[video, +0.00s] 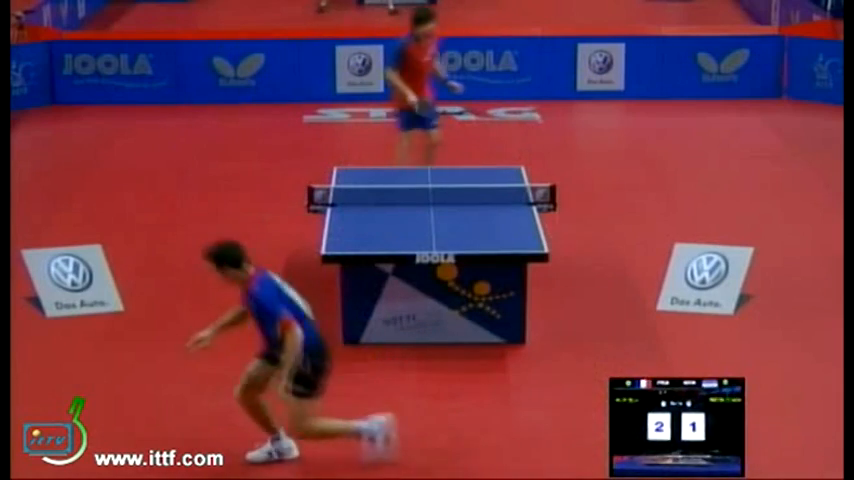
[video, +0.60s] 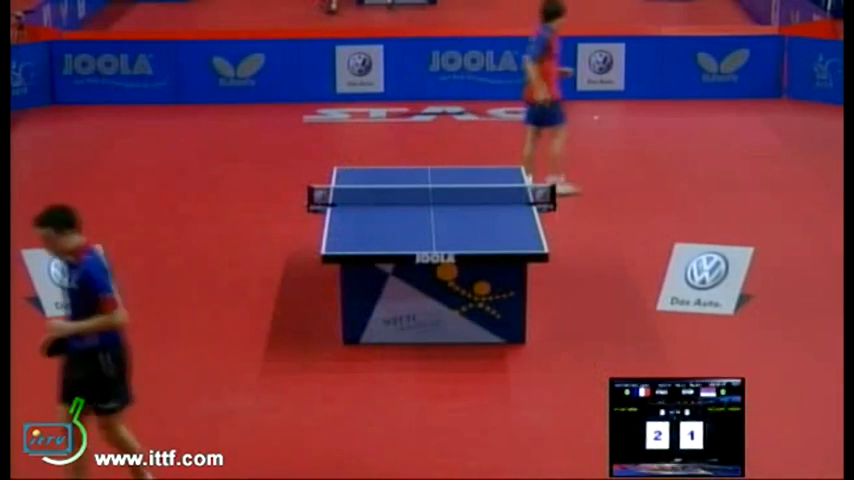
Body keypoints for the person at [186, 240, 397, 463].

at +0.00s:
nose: (222, 277)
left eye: (221, 272)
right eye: (219, 272)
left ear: (230, 270)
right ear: (240, 262)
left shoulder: (262, 290)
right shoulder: (254, 283)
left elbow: (294, 333)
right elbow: (245, 313)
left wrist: (284, 375)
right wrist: (212, 332)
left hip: (307, 352)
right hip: (279, 349)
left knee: (301, 426)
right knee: (246, 395)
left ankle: (370, 428)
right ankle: (280, 444)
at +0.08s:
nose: (196, 270)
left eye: (196, 263)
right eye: (193, 264)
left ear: (211, 256)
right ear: (213, 254)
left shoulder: (246, 276)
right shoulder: (225, 278)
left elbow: (287, 310)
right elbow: (220, 307)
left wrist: (261, 349)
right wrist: (192, 327)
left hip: (282, 342)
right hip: (256, 342)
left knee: (255, 413)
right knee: (240, 397)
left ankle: (319, 432)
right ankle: (280, 441)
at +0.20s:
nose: (164, 255)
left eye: (165, 248)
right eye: (161, 249)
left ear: (181, 238)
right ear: (176, 241)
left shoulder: (216, 258)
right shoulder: (184, 263)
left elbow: (264, 285)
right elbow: (184, 294)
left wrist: (232, 315)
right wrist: (166, 325)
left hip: (241, 329)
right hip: (217, 328)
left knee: (207, 402)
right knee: (226, 384)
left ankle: (229, 463)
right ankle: (266, 427)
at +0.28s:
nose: (142, 252)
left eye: (143, 245)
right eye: (139, 246)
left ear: (160, 236)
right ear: (154, 239)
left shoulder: (196, 257)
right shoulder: (158, 262)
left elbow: (243, 285)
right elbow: (160, 293)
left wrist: (206, 314)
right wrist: (149, 329)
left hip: (215, 331)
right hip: (188, 331)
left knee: (180, 409)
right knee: (203, 388)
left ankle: (183, 467)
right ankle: (248, 421)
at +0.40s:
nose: (111, 259)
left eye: (113, 252)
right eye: (108, 253)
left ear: (130, 245)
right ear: (123, 249)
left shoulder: (166, 274)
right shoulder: (130, 276)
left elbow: (199, 315)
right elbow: (135, 316)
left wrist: (154, 335)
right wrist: (123, 349)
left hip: (171, 352)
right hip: (144, 351)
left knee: (141, 425)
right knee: (146, 417)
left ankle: (152, 471)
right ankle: (205, 428)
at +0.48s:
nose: (87, 257)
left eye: (89, 250)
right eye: (85, 251)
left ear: (107, 243)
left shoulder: (135, 276)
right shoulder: (109, 277)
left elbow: (162, 325)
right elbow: (121, 324)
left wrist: (115, 336)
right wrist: (103, 352)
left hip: (143, 356)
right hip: (120, 355)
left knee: (127, 434)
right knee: (106, 425)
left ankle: (156, 470)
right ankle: (169, 452)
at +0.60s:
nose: (45, 245)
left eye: (47, 238)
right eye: (44, 239)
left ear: (63, 233)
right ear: (62, 234)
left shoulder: (92, 265)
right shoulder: (67, 263)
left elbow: (117, 316)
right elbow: (78, 309)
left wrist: (69, 327)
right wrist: (45, 305)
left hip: (104, 352)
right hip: (77, 351)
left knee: (111, 426)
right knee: (73, 424)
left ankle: (144, 472)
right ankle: (77, 473)